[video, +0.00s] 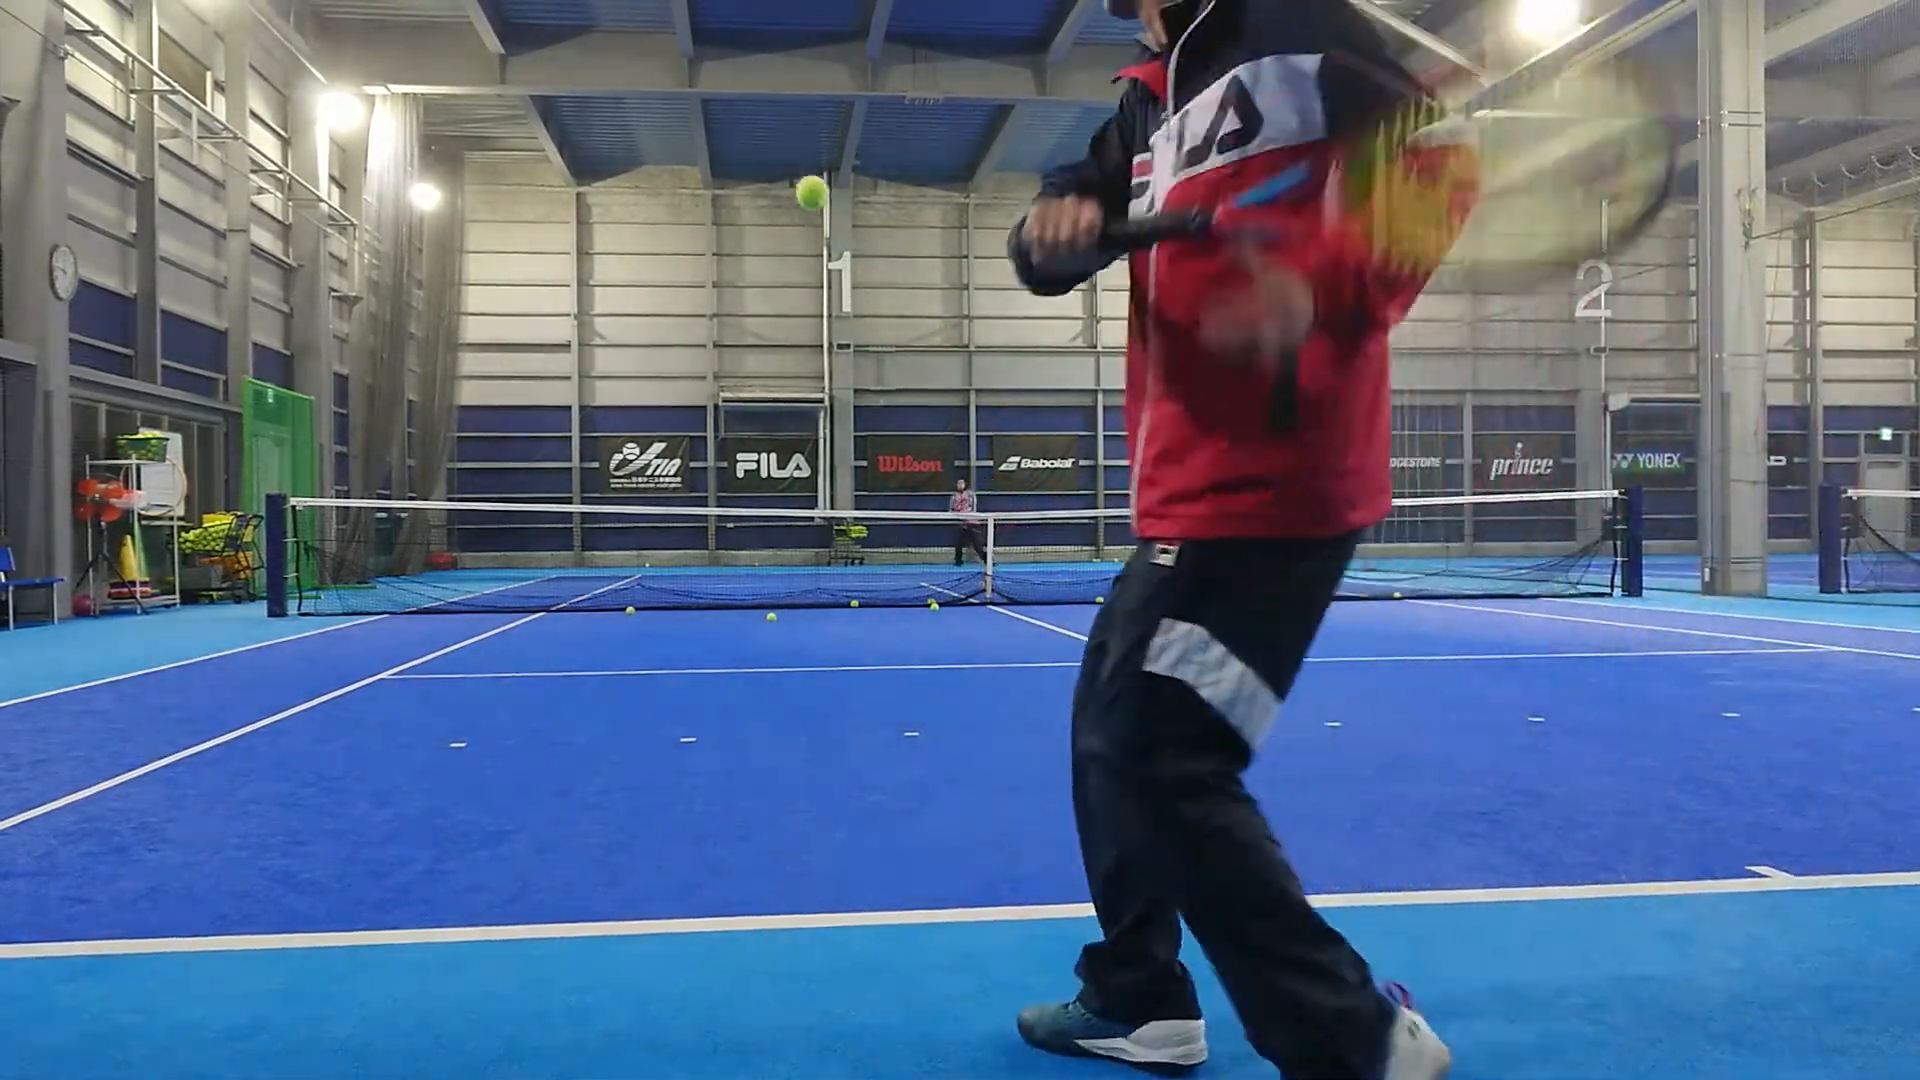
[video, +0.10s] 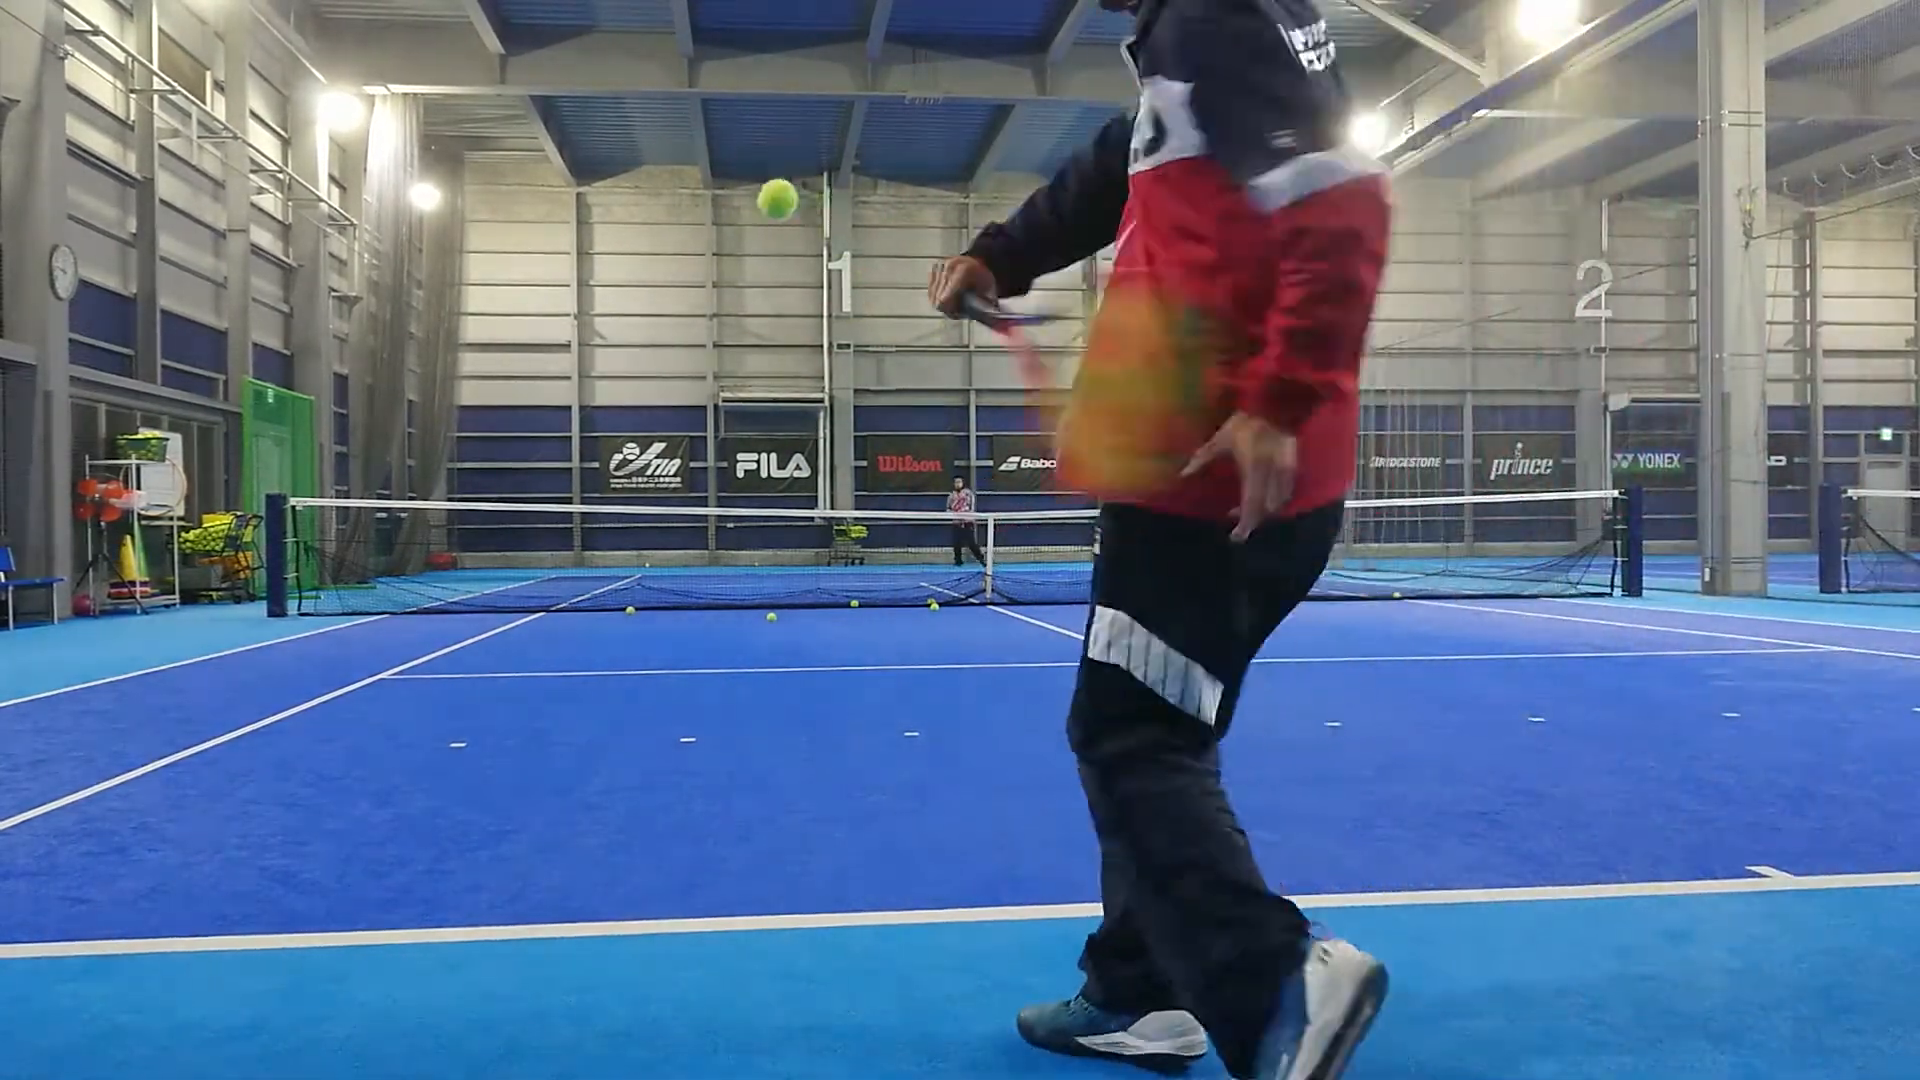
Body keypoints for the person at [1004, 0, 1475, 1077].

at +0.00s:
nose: (1122, 9)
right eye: (1120, 6)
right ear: (1149, 7)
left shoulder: (1305, 31)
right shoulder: (1153, 95)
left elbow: (1436, 165)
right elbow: (1059, 240)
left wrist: (1315, 279)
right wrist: (1054, 238)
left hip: (1285, 481)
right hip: (1196, 482)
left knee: (1160, 749)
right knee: (1108, 725)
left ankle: (1359, 1041)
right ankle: (1139, 998)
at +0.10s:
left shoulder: (1215, 21)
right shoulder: (1192, 51)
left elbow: (1338, 201)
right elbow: (1116, 167)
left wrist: (1276, 404)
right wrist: (999, 257)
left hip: (1212, 470)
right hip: (1224, 472)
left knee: (1125, 723)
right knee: (1158, 729)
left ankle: (1276, 979)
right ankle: (1139, 993)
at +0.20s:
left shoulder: (1131, 27)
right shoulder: (1309, 14)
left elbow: (1156, 225)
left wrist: (1070, 397)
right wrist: (1033, 152)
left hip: (1188, 443)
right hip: (1306, 434)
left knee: (1140, 707)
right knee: (1226, 725)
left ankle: (1271, 958)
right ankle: (1145, 981)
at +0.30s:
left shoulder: (1098, 23)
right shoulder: (1316, 6)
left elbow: (1014, 184)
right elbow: (1440, 77)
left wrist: (856, 306)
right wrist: (1421, 40)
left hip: (1184, 430)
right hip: (1318, 417)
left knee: (1130, 709)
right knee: (1235, 721)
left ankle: (1256, 985)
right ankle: (1144, 979)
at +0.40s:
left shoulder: (1086, 48)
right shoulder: (1323, 17)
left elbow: (957, 161)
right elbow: (1509, 27)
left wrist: (776, 244)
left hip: (1203, 447)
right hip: (1342, 435)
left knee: (1138, 739)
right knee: (1244, 739)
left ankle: (1206, 1036)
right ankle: (1135, 986)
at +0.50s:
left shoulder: (1100, 43)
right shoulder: (1374, 20)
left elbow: (952, 168)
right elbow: (1590, 18)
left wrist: (782, 245)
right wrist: (1707, 5)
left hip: (1223, 449)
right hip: (1377, 443)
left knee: (1177, 765)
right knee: (1279, 741)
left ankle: (1202, 1057)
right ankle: (1179, 972)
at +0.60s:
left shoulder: (1137, 39)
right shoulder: (1431, 9)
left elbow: (991, 176)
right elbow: (1648, 25)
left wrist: (841, 255)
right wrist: (1814, 12)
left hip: (1246, 444)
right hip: (1421, 433)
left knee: (1206, 744)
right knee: (1337, 702)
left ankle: (1195, 1057)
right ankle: (1306, 985)